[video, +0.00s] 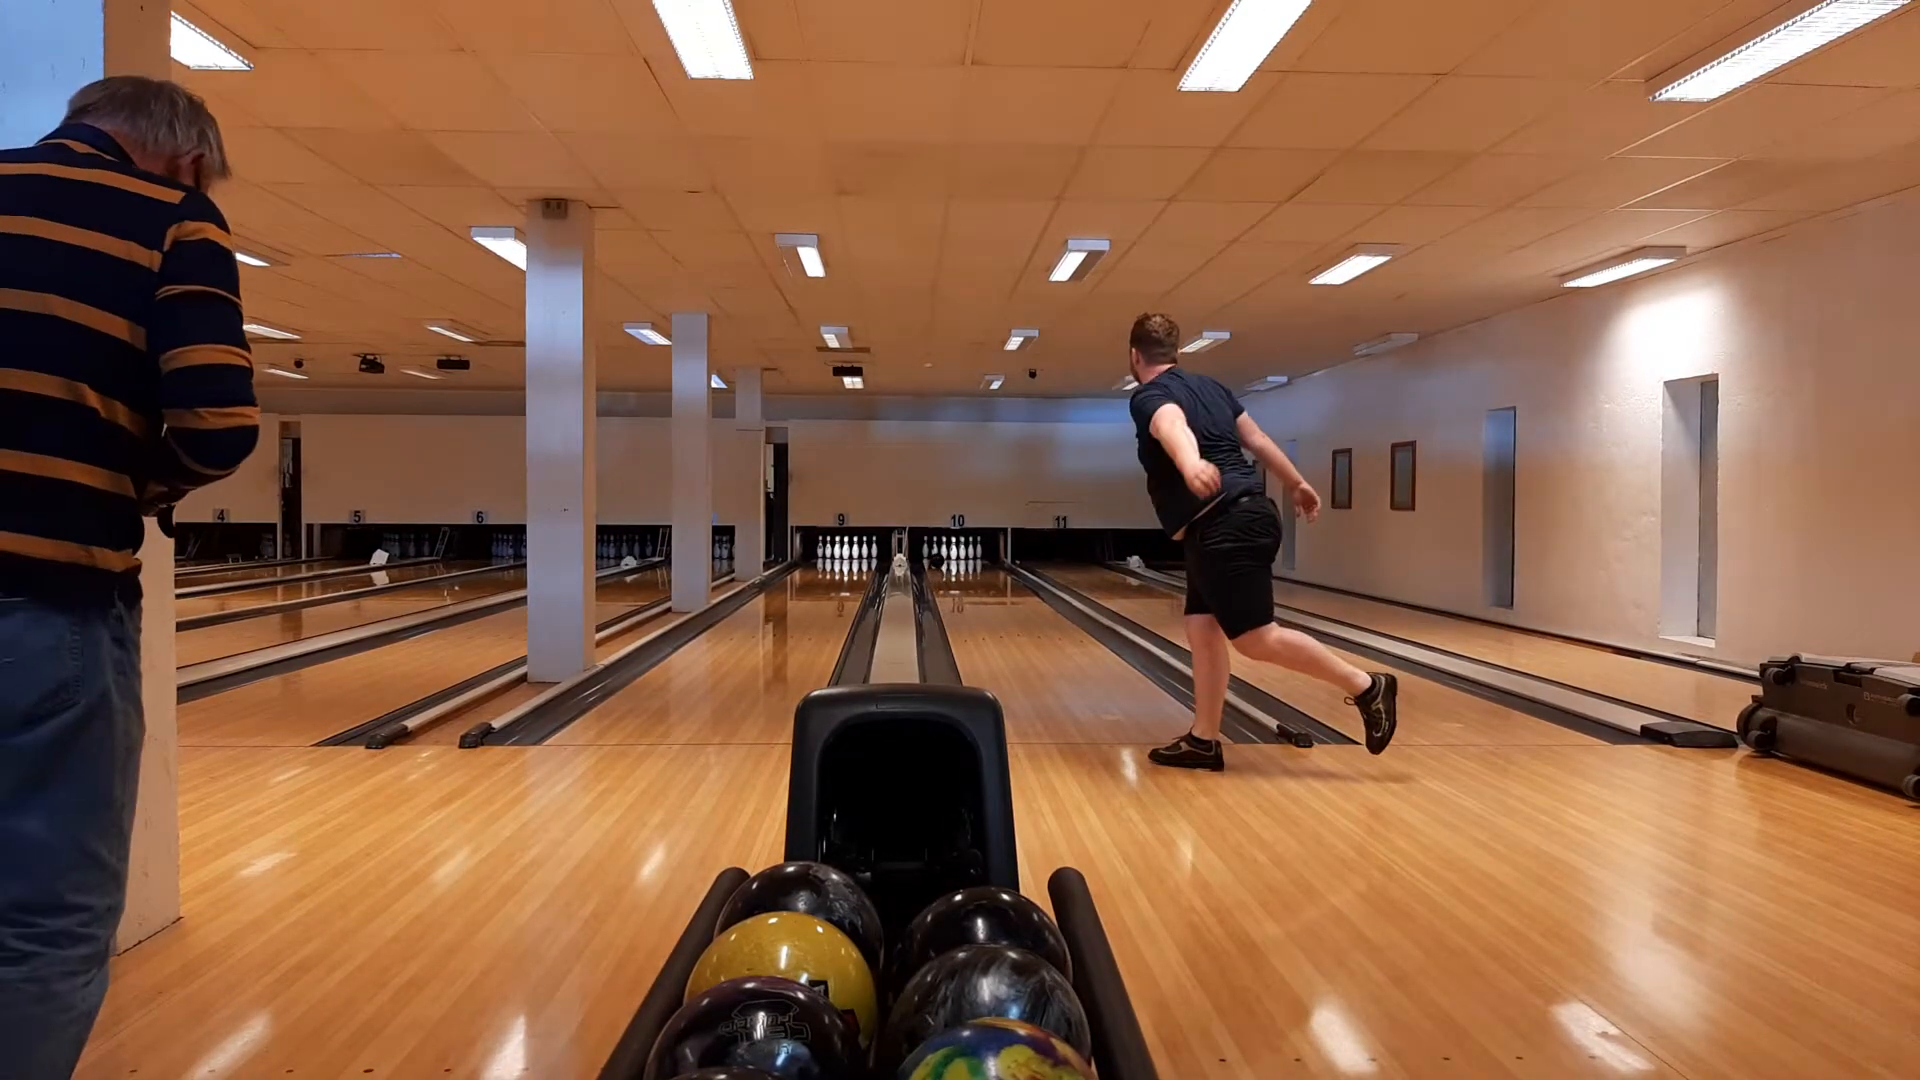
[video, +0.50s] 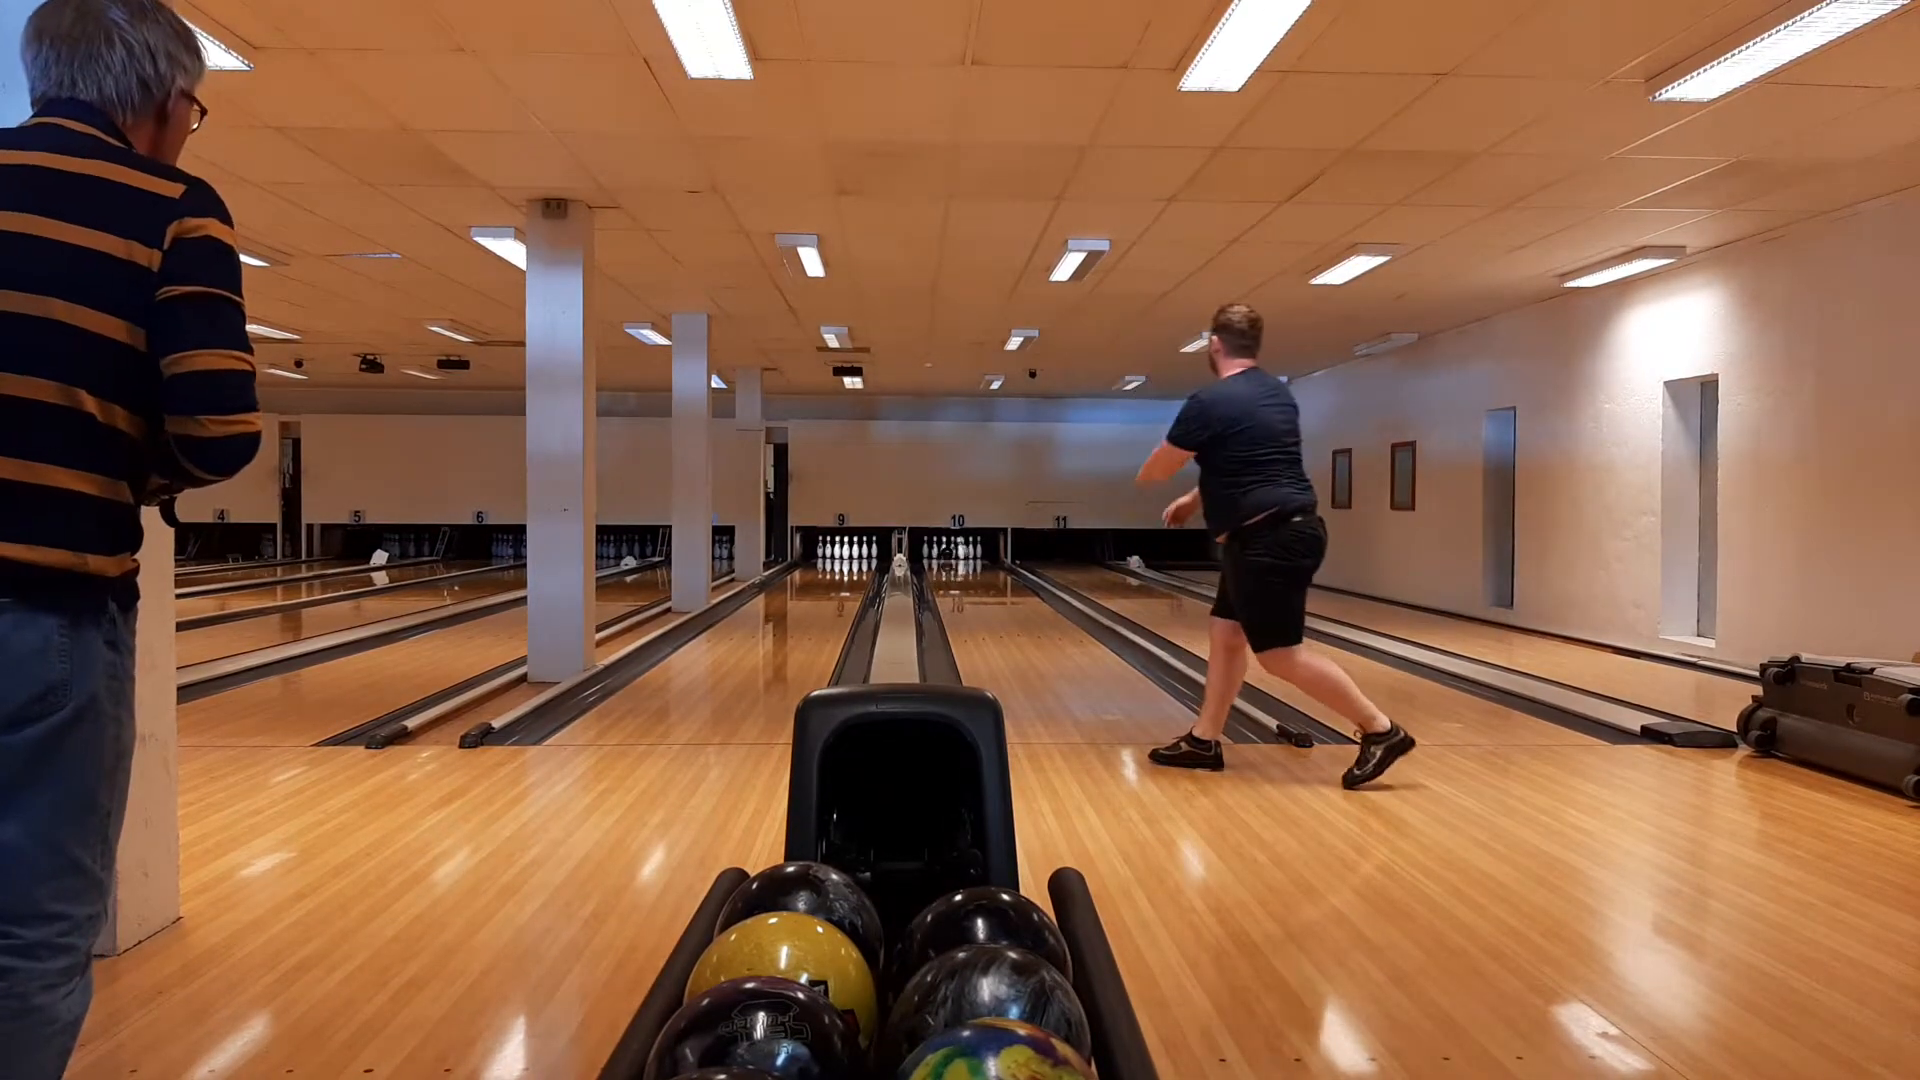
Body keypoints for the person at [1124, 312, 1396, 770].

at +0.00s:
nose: (1131, 364)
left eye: (1130, 358)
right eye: (1135, 358)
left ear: (1134, 357)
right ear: (1176, 353)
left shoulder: (1148, 394)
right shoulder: (1212, 388)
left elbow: (1171, 422)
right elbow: (1255, 438)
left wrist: (1190, 463)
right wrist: (1295, 481)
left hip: (1224, 522)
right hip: (1244, 514)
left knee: (1256, 638)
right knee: (1203, 626)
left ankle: (1367, 687)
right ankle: (1204, 740)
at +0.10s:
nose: (1137, 361)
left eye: (1136, 354)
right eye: (1141, 354)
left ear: (1143, 353)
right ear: (1183, 351)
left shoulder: (1154, 394)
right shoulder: (1221, 388)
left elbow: (1173, 428)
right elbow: (1258, 447)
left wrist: (1186, 469)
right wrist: (1289, 495)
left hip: (1228, 520)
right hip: (1254, 509)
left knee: (1257, 639)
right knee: (1205, 627)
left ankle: (1367, 690)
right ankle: (1203, 740)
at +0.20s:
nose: (1147, 359)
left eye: (1148, 352)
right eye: (1150, 352)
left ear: (1155, 351)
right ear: (1195, 351)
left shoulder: (1163, 395)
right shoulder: (1232, 390)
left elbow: (1170, 450)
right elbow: (1256, 456)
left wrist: (1166, 514)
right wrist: (1260, 504)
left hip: (1234, 520)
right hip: (1254, 513)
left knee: (1258, 641)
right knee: (1208, 627)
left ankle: (1365, 697)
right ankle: (1204, 740)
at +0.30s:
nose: (1166, 352)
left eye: (1166, 346)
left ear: (1170, 348)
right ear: (1213, 348)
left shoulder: (1174, 404)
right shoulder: (1244, 394)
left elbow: (1159, 484)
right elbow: (1247, 464)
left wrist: (1138, 553)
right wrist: (1207, 519)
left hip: (1241, 527)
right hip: (1267, 517)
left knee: (1263, 646)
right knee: (1211, 626)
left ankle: (1368, 705)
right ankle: (1204, 740)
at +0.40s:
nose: (1184, 350)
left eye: (1185, 344)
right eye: (1187, 343)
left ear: (1190, 347)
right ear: (1233, 348)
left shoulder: (1189, 404)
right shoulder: (1257, 395)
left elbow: (1153, 484)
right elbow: (1241, 473)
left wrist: (1125, 534)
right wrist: (1196, 526)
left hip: (1256, 532)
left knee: (1268, 651)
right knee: (1217, 629)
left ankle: (1375, 715)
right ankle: (1203, 740)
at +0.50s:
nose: (1209, 349)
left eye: (1209, 342)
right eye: (1213, 342)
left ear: (1213, 345)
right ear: (1256, 347)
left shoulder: (1209, 403)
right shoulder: (1278, 394)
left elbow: (1152, 473)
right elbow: (1248, 463)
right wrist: (1192, 499)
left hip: (1268, 536)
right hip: (1292, 526)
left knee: (1279, 655)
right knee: (1226, 631)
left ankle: (1381, 731)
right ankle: (1204, 740)